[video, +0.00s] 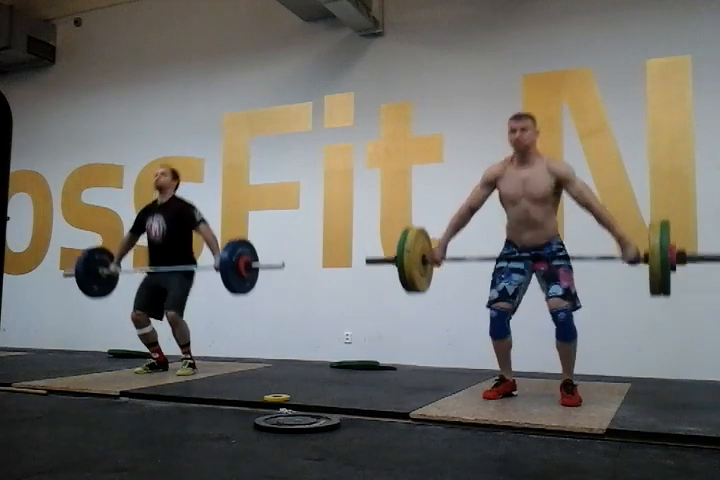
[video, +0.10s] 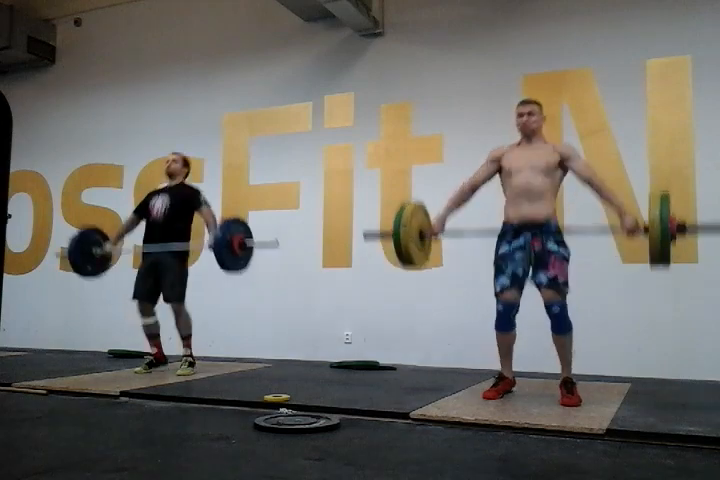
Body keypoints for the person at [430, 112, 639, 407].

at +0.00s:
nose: (518, 136)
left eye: (523, 130)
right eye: (513, 131)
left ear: (536, 134)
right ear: (508, 136)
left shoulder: (555, 170)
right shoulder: (497, 173)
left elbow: (592, 205)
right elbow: (468, 209)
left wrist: (623, 241)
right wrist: (442, 242)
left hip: (550, 251)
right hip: (514, 252)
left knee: (562, 315)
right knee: (498, 315)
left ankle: (568, 383)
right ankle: (506, 380)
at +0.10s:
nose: (525, 119)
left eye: (530, 114)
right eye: (520, 115)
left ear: (542, 118)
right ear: (515, 121)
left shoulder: (560, 152)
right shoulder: (502, 155)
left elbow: (596, 184)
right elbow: (470, 186)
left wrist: (624, 214)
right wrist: (442, 216)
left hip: (547, 236)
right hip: (512, 237)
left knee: (556, 309)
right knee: (505, 308)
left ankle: (567, 380)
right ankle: (506, 377)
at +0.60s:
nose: (521, 192)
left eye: (526, 187)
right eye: (516, 187)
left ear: (538, 189)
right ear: (509, 190)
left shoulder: (556, 213)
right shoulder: (498, 214)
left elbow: (600, 183)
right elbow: (460, 191)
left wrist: (633, 146)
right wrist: (433, 162)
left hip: (555, 298)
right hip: (516, 298)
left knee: (586, 323)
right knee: (471, 319)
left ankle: (579, 388)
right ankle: (489, 382)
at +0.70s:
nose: (517, 203)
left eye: (523, 198)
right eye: (512, 199)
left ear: (535, 199)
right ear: (506, 201)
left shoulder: (555, 223)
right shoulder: (496, 225)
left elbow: (599, 195)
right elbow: (461, 203)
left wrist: (634, 161)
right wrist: (434, 176)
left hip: (555, 304)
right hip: (517, 305)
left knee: (587, 325)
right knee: (471, 320)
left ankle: (578, 388)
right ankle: (490, 382)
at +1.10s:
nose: (515, 253)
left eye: (521, 247)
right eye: (510, 248)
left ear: (534, 245)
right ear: (504, 247)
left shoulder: (556, 266)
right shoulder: (497, 266)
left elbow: (601, 240)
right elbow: (461, 244)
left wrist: (636, 206)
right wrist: (435, 217)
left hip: (552, 341)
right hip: (514, 340)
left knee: (584, 327)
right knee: (468, 320)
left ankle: (577, 389)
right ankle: (490, 383)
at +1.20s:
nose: (515, 254)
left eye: (521, 248)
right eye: (509, 249)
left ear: (534, 245)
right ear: (504, 247)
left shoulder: (556, 267)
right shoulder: (497, 266)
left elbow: (601, 240)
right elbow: (462, 245)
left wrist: (636, 207)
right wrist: (435, 217)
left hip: (551, 342)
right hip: (515, 341)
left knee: (583, 329)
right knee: (467, 322)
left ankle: (577, 389)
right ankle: (490, 383)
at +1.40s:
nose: (514, 234)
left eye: (520, 227)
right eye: (509, 228)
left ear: (533, 225)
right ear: (504, 228)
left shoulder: (556, 246)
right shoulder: (496, 247)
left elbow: (600, 219)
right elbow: (462, 225)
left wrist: (635, 186)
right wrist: (436, 199)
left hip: (553, 324)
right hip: (515, 324)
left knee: (583, 328)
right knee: (469, 322)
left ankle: (577, 389)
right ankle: (489, 383)